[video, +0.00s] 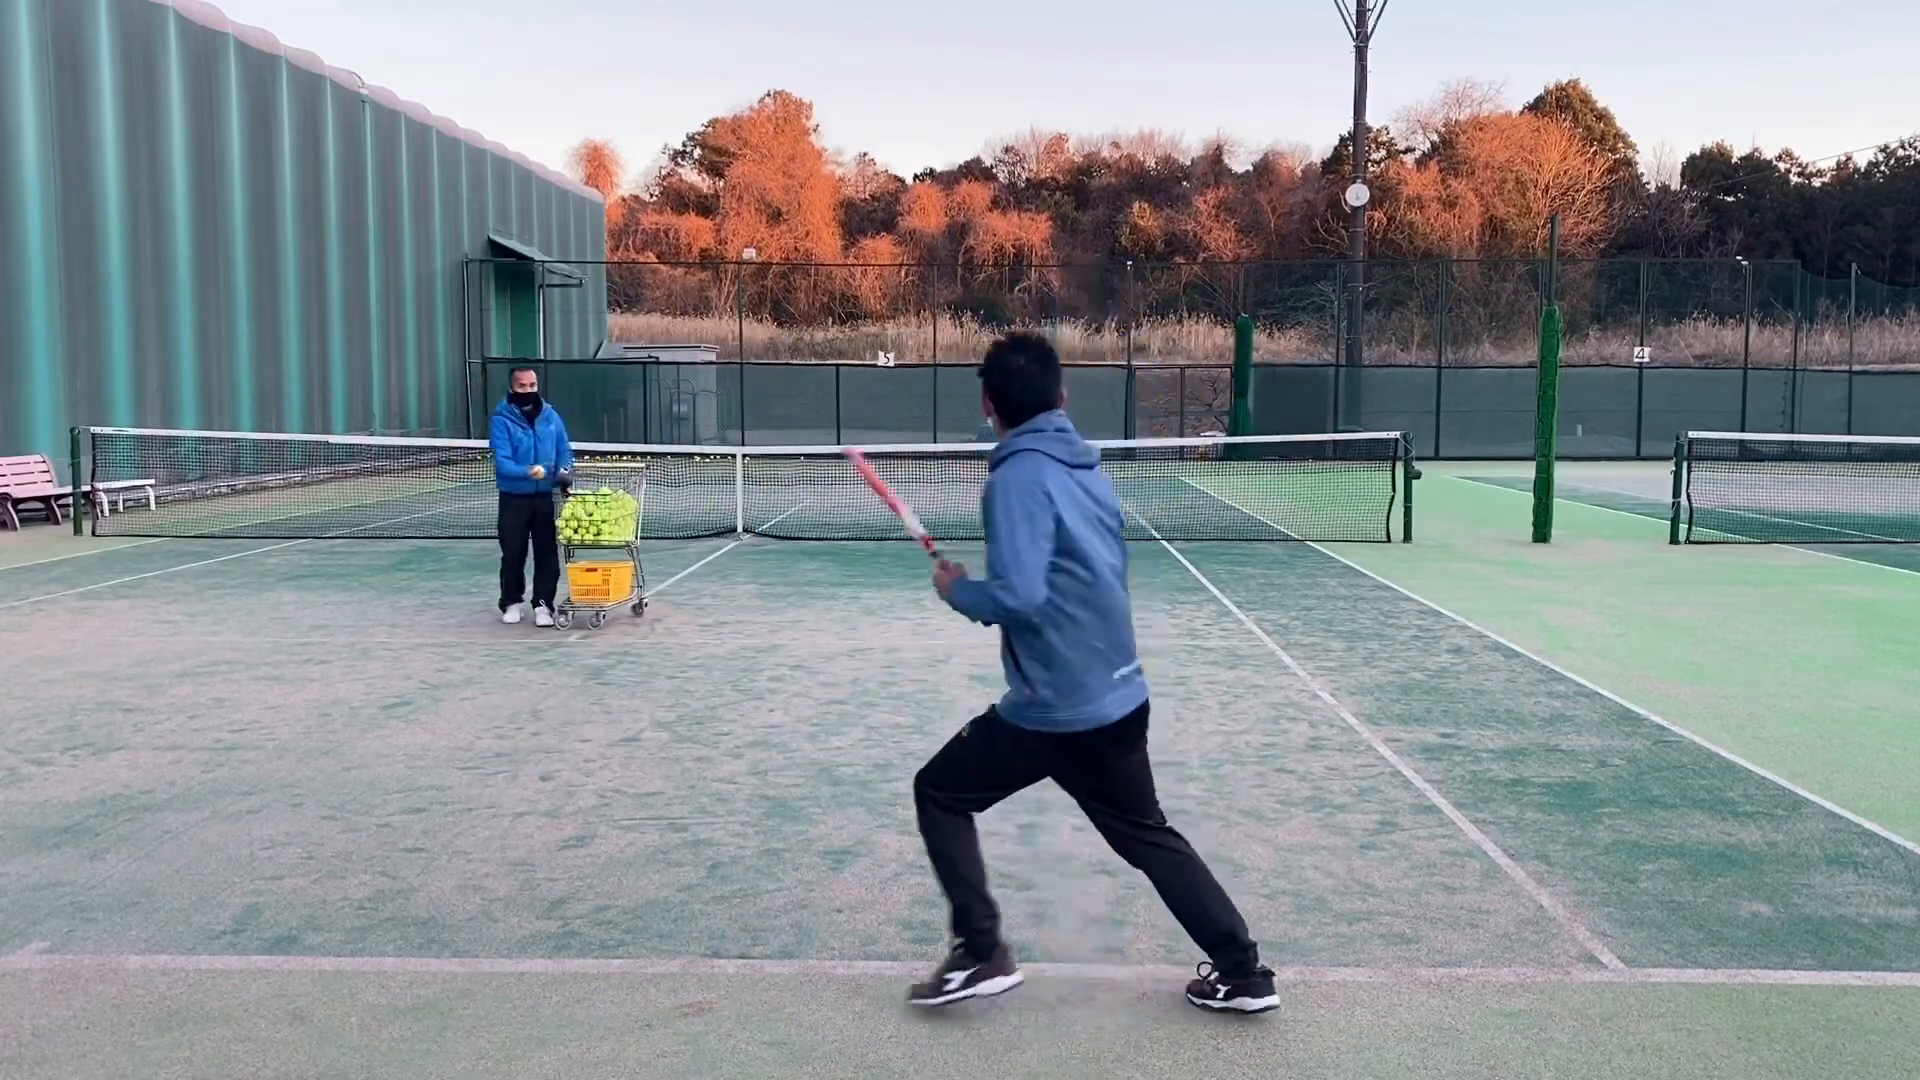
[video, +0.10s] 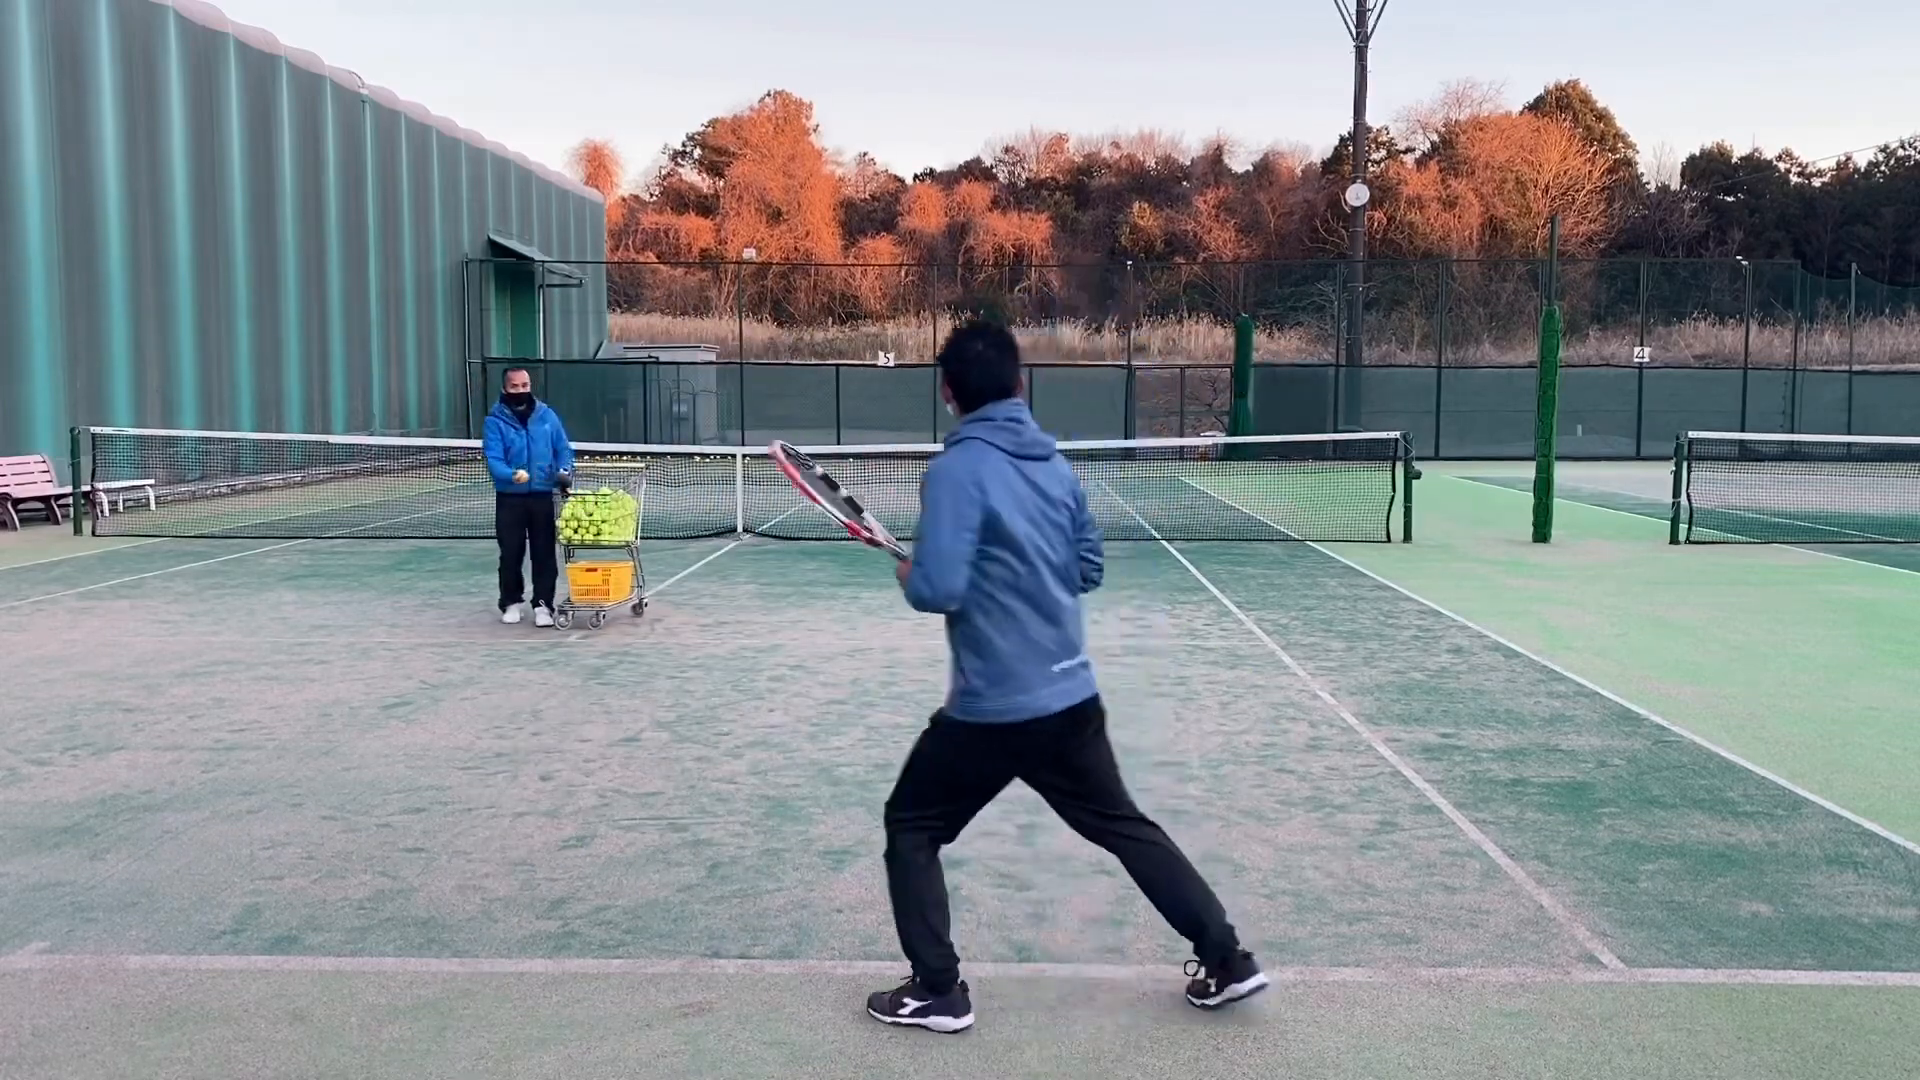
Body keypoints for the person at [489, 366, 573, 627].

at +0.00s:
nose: (527, 390)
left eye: (532, 385)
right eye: (522, 386)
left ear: (538, 386)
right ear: (512, 387)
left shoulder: (550, 415)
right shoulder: (501, 419)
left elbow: (565, 451)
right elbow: (502, 464)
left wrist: (563, 470)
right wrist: (527, 471)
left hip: (545, 496)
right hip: (514, 497)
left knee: (547, 553)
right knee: (513, 553)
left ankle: (543, 605)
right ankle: (512, 603)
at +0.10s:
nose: (520, 390)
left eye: (524, 385)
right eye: (514, 386)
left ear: (530, 386)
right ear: (505, 388)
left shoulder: (547, 415)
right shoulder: (495, 420)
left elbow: (564, 450)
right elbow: (493, 459)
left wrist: (564, 470)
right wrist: (510, 474)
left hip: (543, 495)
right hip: (510, 497)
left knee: (544, 553)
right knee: (511, 553)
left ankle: (543, 605)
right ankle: (511, 604)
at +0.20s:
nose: (514, 391)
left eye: (518, 386)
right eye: (508, 387)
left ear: (525, 386)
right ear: (499, 389)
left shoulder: (543, 415)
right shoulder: (490, 420)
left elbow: (563, 448)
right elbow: (486, 458)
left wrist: (564, 470)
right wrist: (499, 480)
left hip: (539, 495)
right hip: (506, 496)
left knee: (541, 553)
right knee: (507, 554)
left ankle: (542, 605)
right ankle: (511, 604)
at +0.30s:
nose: (508, 391)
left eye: (512, 386)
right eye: (502, 387)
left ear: (519, 386)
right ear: (494, 389)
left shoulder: (539, 414)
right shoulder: (487, 421)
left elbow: (562, 448)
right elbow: (481, 461)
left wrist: (564, 472)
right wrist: (491, 491)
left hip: (536, 495)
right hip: (503, 497)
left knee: (539, 551)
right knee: (506, 554)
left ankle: (541, 604)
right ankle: (511, 604)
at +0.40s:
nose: (503, 392)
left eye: (507, 387)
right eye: (497, 388)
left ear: (515, 387)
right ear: (490, 390)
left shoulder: (534, 413)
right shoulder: (485, 422)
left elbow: (561, 445)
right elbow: (479, 463)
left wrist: (563, 472)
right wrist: (483, 499)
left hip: (534, 494)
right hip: (502, 496)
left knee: (537, 550)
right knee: (505, 553)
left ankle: (540, 604)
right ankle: (511, 604)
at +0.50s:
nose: (498, 393)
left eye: (503, 387)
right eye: (493, 389)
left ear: (511, 388)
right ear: (486, 391)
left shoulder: (531, 412)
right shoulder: (482, 423)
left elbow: (560, 443)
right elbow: (477, 465)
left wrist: (562, 472)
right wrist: (479, 503)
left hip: (533, 494)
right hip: (501, 497)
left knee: (535, 550)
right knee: (505, 553)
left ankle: (538, 603)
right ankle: (512, 604)